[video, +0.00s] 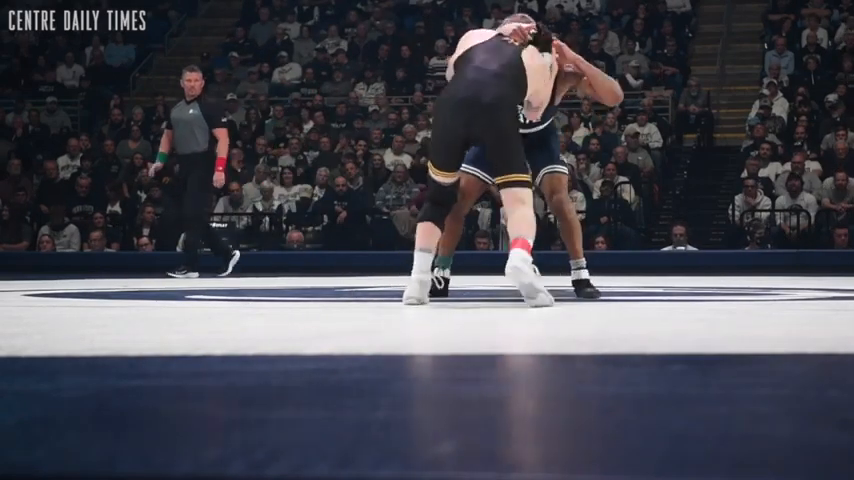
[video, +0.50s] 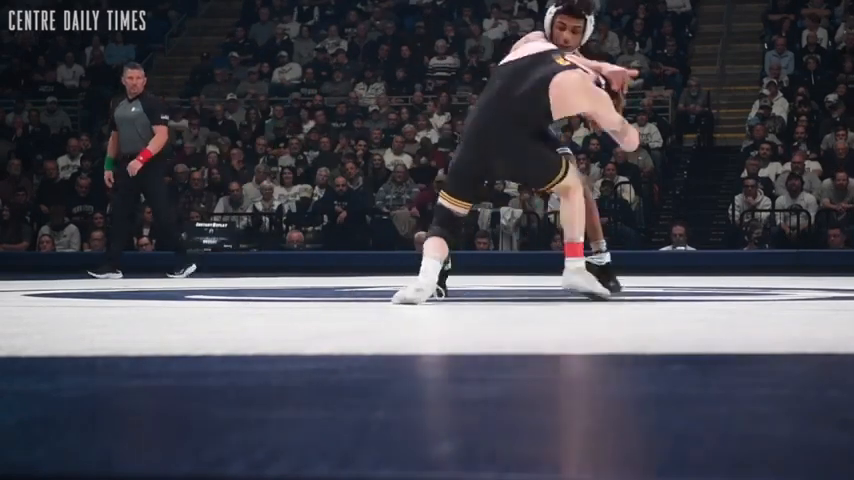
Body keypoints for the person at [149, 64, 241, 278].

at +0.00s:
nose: (191, 85)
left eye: (195, 81)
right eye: (188, 81)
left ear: (202, 82)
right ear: (182, 83)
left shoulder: (210, 106)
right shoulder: (176, 109)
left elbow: (223, 138)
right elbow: (167, 136)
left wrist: (220, 169)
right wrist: (160, 160)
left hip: (202, 164)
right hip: (183, 165)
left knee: (194, 212)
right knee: (191, 214)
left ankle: (190, 265)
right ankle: (227, 253)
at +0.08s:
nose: (184, 84)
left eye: (188, 79)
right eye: (180, 79)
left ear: (194, 81)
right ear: (173, 82)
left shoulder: (201, 104)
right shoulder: (167, 107)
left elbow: (213, 137)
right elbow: (159, 134)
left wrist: (206, 166)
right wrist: (151, 158)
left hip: (192, 162)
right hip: (172, 163)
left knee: (186, 212)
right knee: (173, 213)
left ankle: (189, 265)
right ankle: (212, 246)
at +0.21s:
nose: (171, 81)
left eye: (175, 77)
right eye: (166, 77)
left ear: (181, 79)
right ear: (160, 80)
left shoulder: (187, 102)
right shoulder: (155, 106)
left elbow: (196, 134)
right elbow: (148, 133)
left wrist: (181, 161)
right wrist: (140, 160)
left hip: (181, 161)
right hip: (160, 162)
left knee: (180, 210)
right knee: (151, 207)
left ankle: (187, 262)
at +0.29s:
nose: (161, 81)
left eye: (165, 77)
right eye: (157, 77)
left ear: (171, 79)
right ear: (150, 79)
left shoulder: (179, 102)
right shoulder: (145, 105)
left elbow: (186, 134)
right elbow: (139, 134)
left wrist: (166, 158)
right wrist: (132, 161)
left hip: (176, 163)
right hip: (150, 164)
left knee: (177, 211)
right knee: (137, 207)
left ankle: (188, 264)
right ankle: (142, 262)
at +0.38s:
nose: (150, 82)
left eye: (154, 78)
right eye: (146, 78)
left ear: (161, 80)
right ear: (139, 80)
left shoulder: (169, 102)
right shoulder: (135, 107)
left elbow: (176, 134)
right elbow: (130, 135)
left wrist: (154, 157)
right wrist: (124, 163)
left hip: (167, 165)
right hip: (143, 165)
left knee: (173, 212)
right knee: (134, 211)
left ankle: (189, 264)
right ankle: (118, 262)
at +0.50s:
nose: (134, 83)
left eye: (138, 78)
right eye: (130, 78)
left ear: (145, 80)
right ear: (123, 81)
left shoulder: (152, 103)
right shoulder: (118, 106)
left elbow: (161, 135)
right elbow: (114, 137)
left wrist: (140, 159)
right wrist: (108, 165)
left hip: (150, 164)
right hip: (126, 166)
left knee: (162, 211)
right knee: (119, 213)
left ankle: (184, 260)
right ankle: (113, 265)